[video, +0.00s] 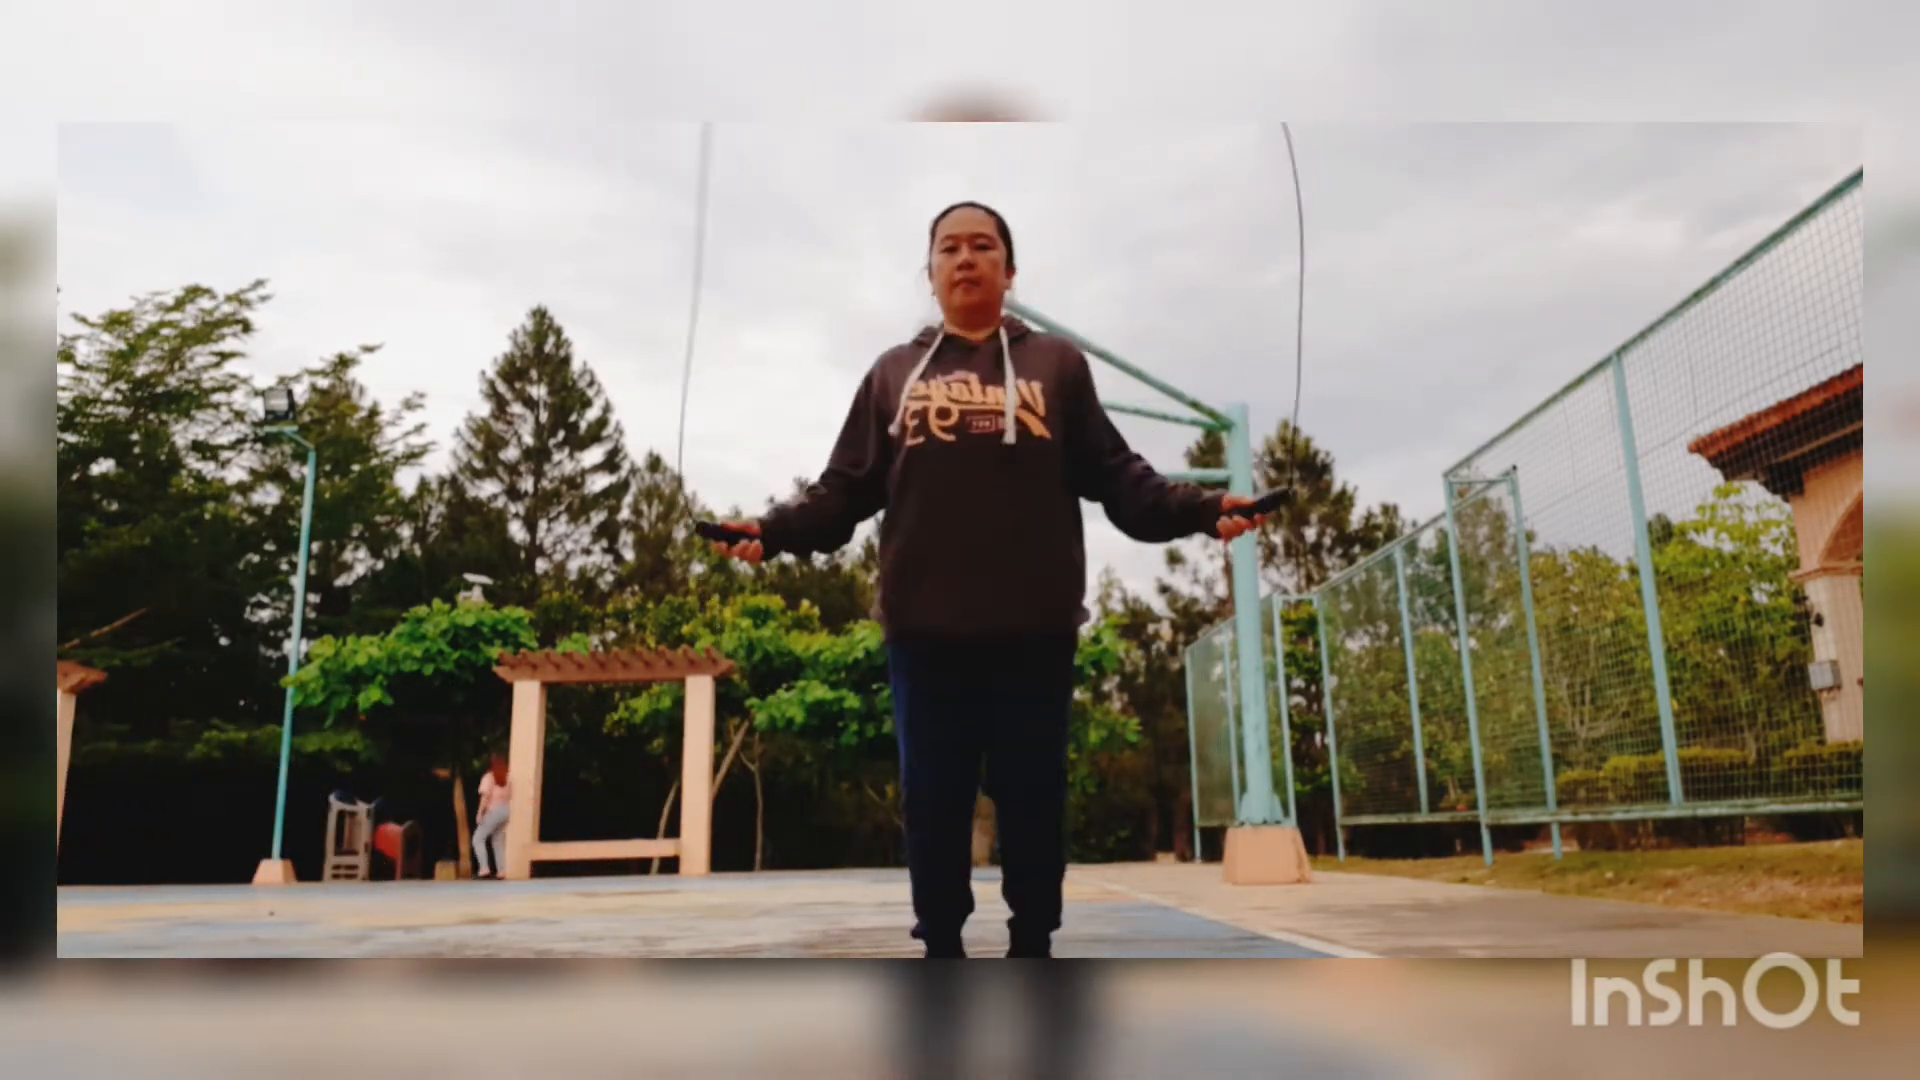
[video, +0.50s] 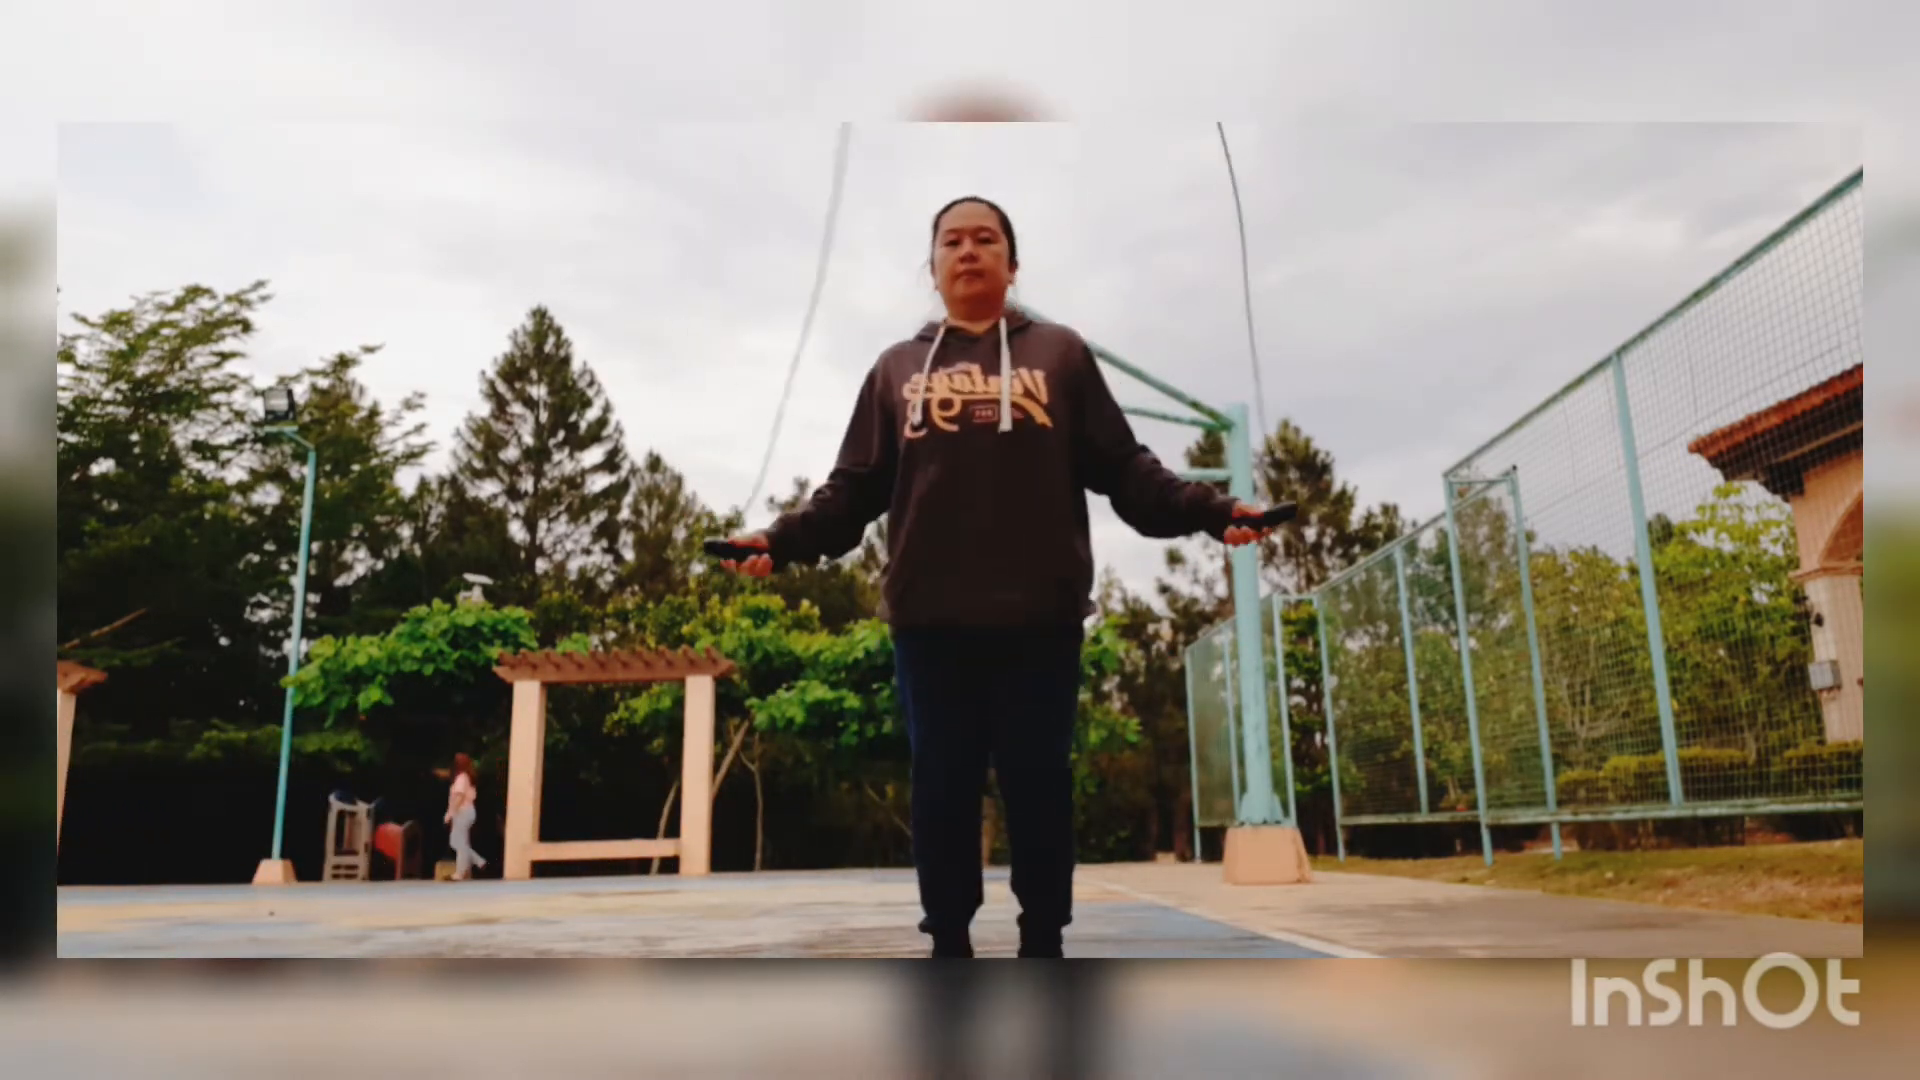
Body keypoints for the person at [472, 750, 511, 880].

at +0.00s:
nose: (495, 766)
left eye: (494, 763)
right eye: (497, 764)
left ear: (492, 764)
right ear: (504, 764)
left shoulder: (488, 777)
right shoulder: (508, 777)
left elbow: (485, 797)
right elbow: (510, 795)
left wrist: (479, 813)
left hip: (493, 810)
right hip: (506, 809)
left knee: (478, 837)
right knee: (498, 839)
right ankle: (501, 869)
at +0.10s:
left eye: (485, 763)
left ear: (487, 764)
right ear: (499, 764)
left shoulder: (484, 777)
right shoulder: (504, 777)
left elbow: (481, 796)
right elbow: (507, 795)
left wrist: (476, 811)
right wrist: (506, 809)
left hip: (488, 808)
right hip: (501, 808)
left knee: (478, 838)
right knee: (497, 840)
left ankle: (468, 869)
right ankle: (501, 869)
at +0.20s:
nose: (481, 764)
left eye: (481, 762)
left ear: (482, 764)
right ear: (493, 764)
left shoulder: (479, 777)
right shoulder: (498, 777)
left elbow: (476, 798)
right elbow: (500, 795)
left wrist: (472, 814)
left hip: (484, 808)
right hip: (496, 807)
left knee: (474, 840)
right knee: (494, 840)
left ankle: (461, 870)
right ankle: (502, 869)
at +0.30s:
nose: (474, 766)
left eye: (474, 764)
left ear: (475, 765)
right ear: (486, 764)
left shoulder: (475, 778)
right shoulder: (491, 777)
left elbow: (472, 798)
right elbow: (495, 795)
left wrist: (466, 814)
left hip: (478, 810)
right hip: (490, 809)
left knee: (470, 840)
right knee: (490, 841)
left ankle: (461, 871)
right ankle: (500, 869)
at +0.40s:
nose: (465, 764)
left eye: (466, 762)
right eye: (466, 761)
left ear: (468, 764)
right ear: (476, 763)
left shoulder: (468, 777)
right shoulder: (478, 776)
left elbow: (464, 796)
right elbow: (480, 795)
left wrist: (458, 813)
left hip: (470, 809)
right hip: (479, 808)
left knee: (464, 841)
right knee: (477, 841)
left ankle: (461, 871)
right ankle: (495, 866)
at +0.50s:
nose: (455, 765)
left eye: (456, 762)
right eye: (456, 762)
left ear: (458, 764)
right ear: (467, 764)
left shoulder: (461, 778)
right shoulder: (466, 777)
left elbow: (458, 796)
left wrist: (450, 813)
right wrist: (451, 812)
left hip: (463, 810)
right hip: (465, 809)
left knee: (458, 841)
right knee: (458, 841)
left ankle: (460, 871)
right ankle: (479, 861)